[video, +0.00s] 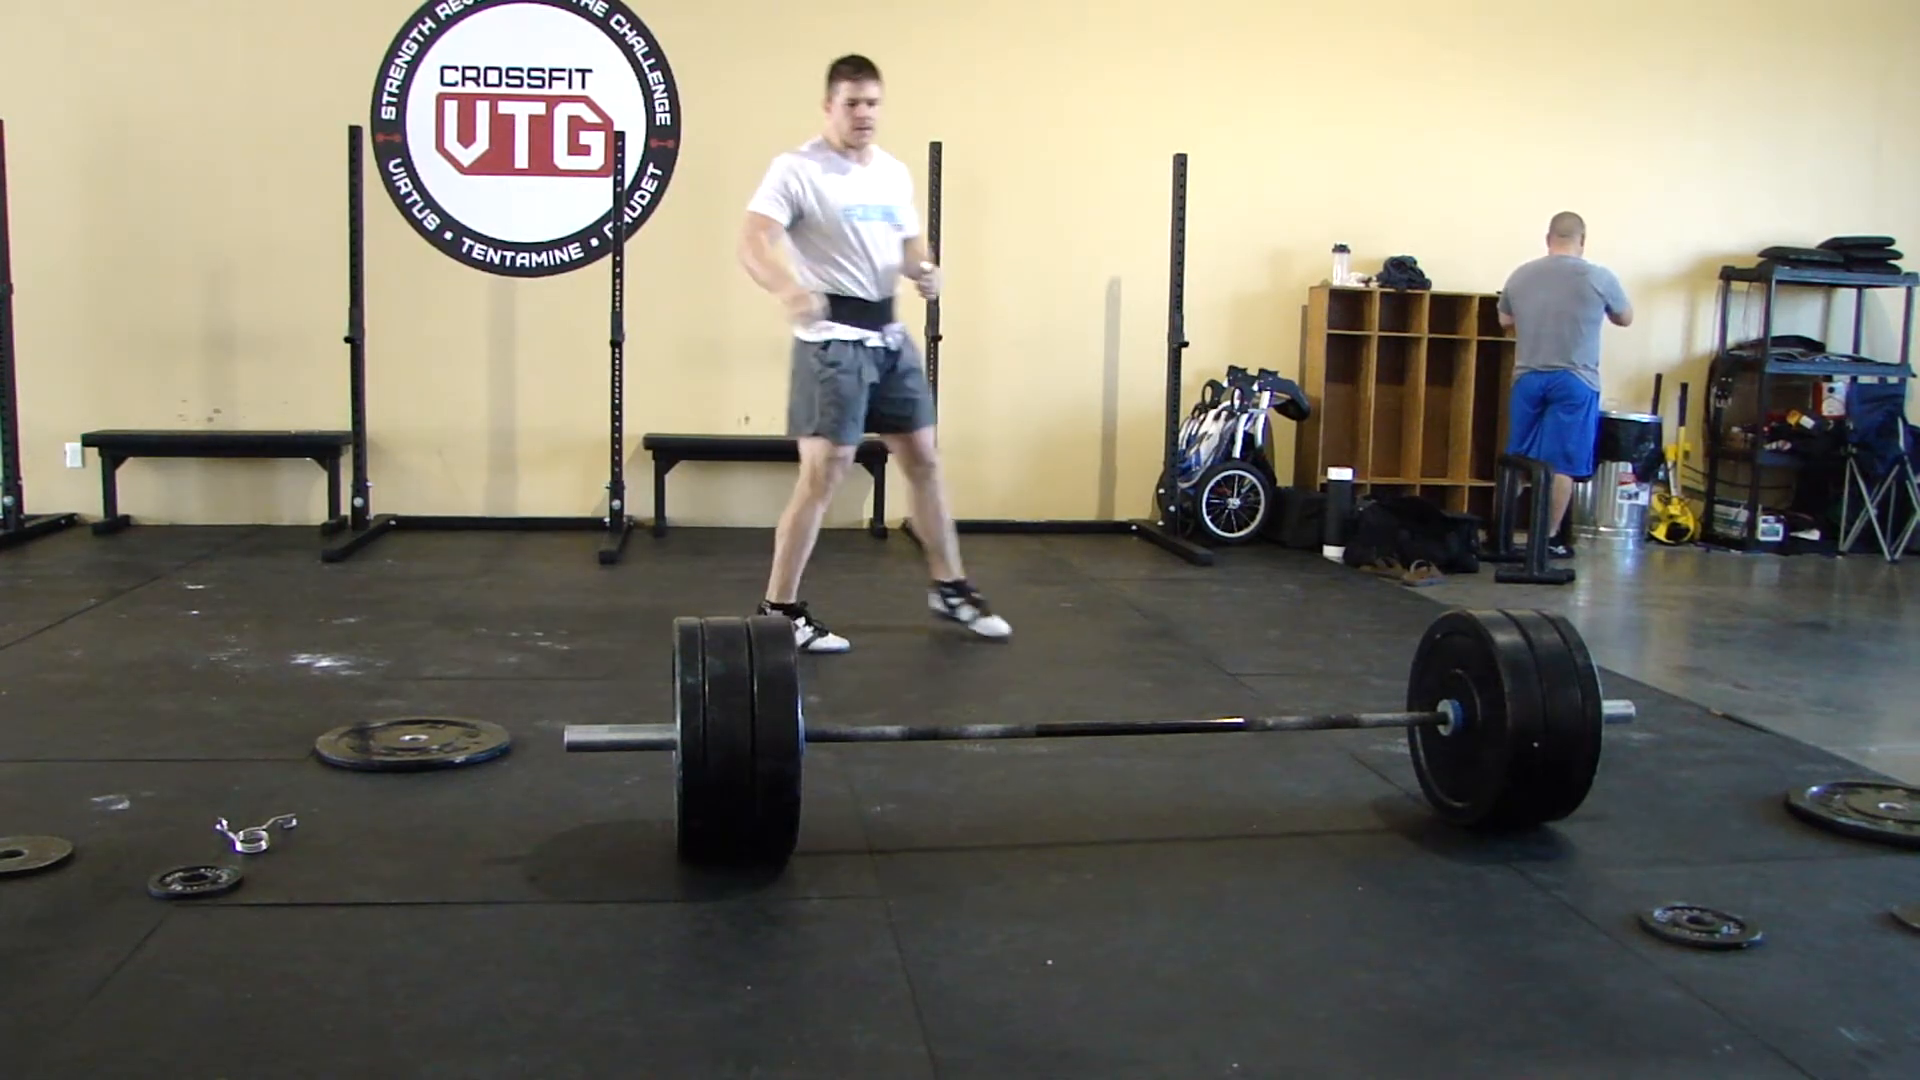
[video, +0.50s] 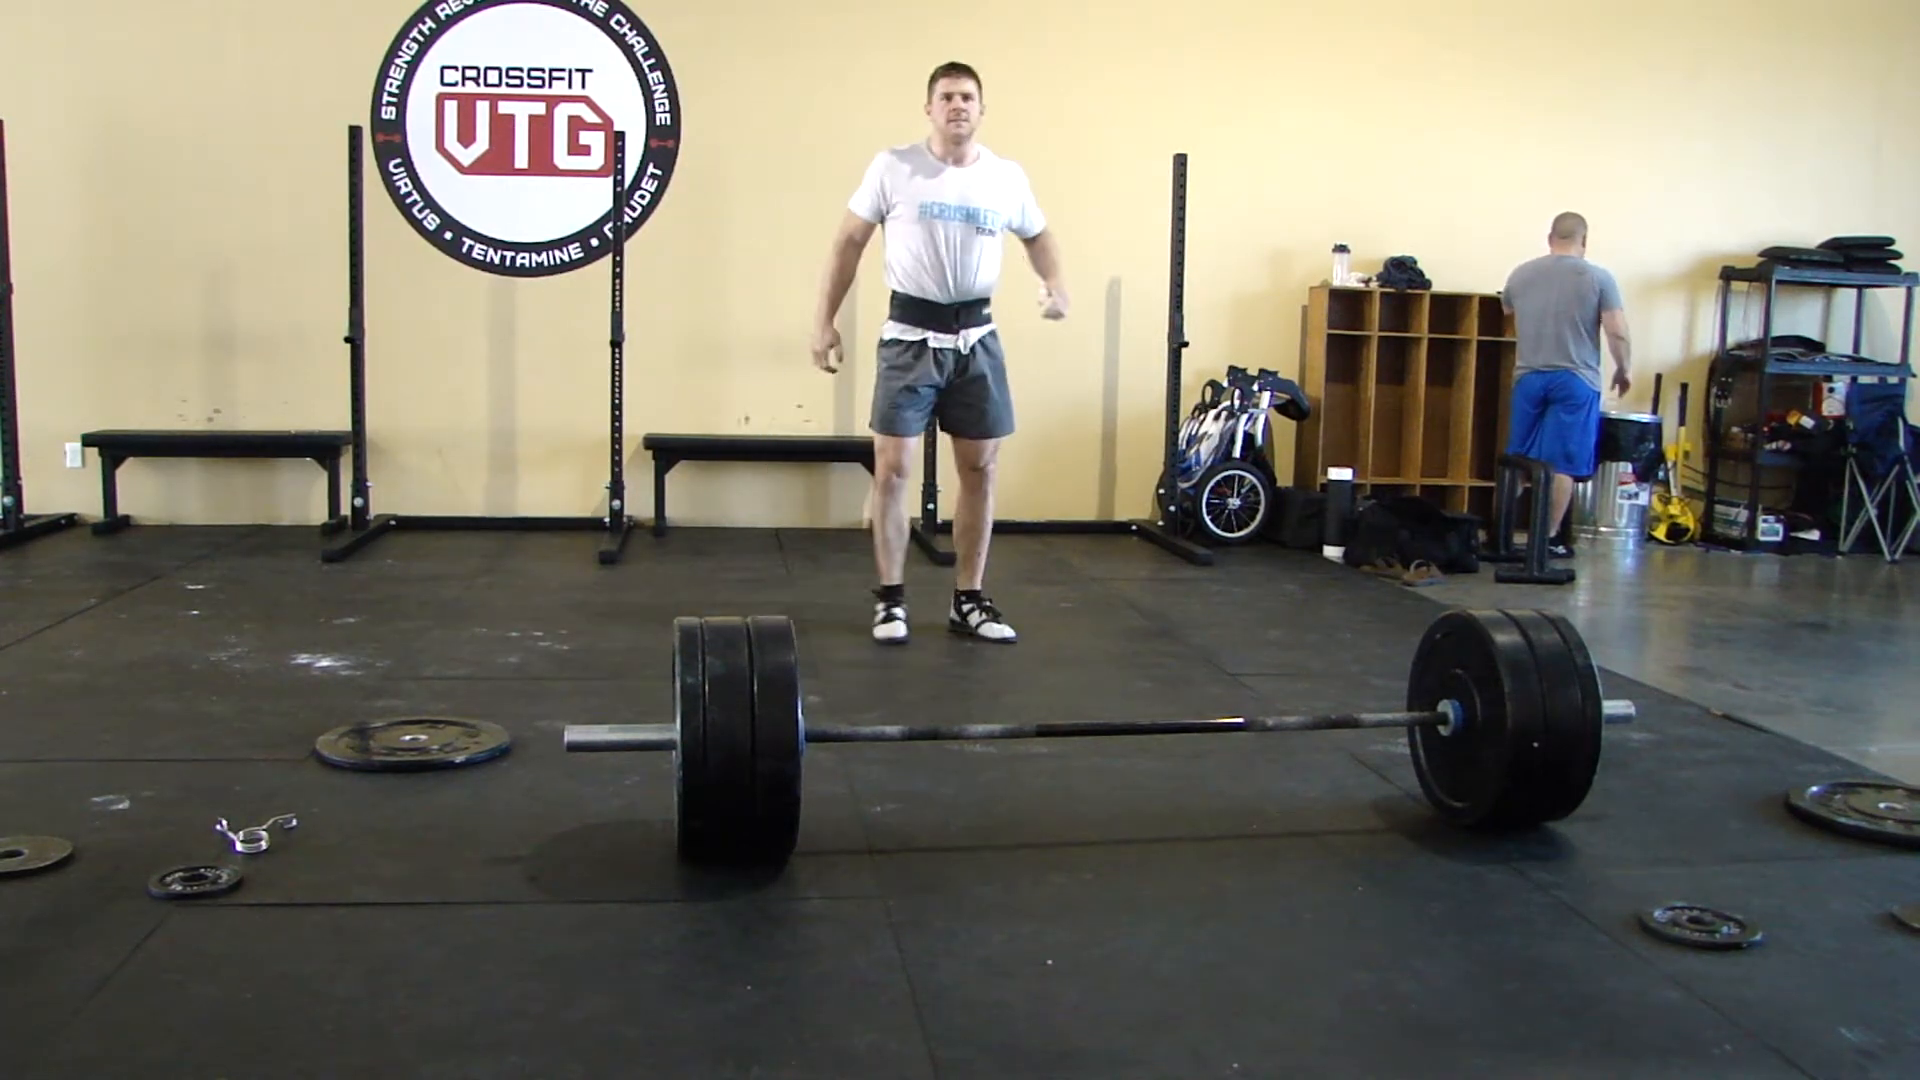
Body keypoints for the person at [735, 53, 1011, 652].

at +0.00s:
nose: (864, 114)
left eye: (872, 104)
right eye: (852, 103)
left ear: (882, 108)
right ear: (826, 106)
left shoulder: (893, 173)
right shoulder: (796, 170)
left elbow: (911, 248)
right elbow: (752, 243)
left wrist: (924, 271)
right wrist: (790, 291)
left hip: (890, 337)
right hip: (831, 337)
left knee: (923, 460)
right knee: (823, 473)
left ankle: (951, 590)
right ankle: (780, 611)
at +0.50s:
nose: (958, 106)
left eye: (967, 98)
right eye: (948, 98)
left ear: (981, 110)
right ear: (928, 109)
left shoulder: (1005, 177)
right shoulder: (893, 169)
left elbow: (1037, 236)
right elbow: (850, 242)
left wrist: (1054, 283)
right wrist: (825, 321)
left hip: (977, 342)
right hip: (909, 340)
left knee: (979, 472)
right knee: (893, 470)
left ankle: (969, 601)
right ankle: (890, 600)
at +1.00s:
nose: (957, 98)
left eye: (966, 91)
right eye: (947, 91)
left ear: (981, 107)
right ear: (928, 106)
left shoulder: (1009, 174)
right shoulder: (895, 168)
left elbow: (1044, 244)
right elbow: (852, 240)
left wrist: (1069, 310)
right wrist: (825, 309)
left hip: (982, 341)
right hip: (913, 340)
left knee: (991, 468)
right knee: (902, 465)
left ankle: (977, 597)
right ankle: (897, 598)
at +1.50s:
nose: (955, 99)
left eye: (965, 92)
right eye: (945, 92)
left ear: (979, 107)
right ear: (926, 106)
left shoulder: (1004, 176)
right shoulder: (893, 172)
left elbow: (1036, 248)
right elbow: (855, 245)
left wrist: (1055, 317)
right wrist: (842, 317)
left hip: (981, 341)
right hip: (913, 339)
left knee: (983, 468)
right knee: (906, 464)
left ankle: (974, 599)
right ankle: (897, 598)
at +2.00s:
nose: (942, 116)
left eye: (952, 106)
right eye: (931, 105)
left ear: (967, 112)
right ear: (913, 109)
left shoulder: (992, 180)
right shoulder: (878, 177)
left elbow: (1022, 254)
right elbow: (841, 251)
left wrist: (1041, 323)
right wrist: (821, 326)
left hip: (968, 344)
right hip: (900, 344)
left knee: (979, 470)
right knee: (901, 468)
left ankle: (973, 600)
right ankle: (897, 598)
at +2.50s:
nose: (983, 132)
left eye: (993, 121)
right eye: (972, 119)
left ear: (1005, 125)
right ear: (946, 120)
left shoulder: (1026, 192)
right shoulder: (907, 186)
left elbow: (1053, 271)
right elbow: (861, 264)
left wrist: (1074, 349)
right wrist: (857, 336)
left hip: (998, 361)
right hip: (923, 361)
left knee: (1020, 482)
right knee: (910, 488)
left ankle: (1025, 637)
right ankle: (900, 596)